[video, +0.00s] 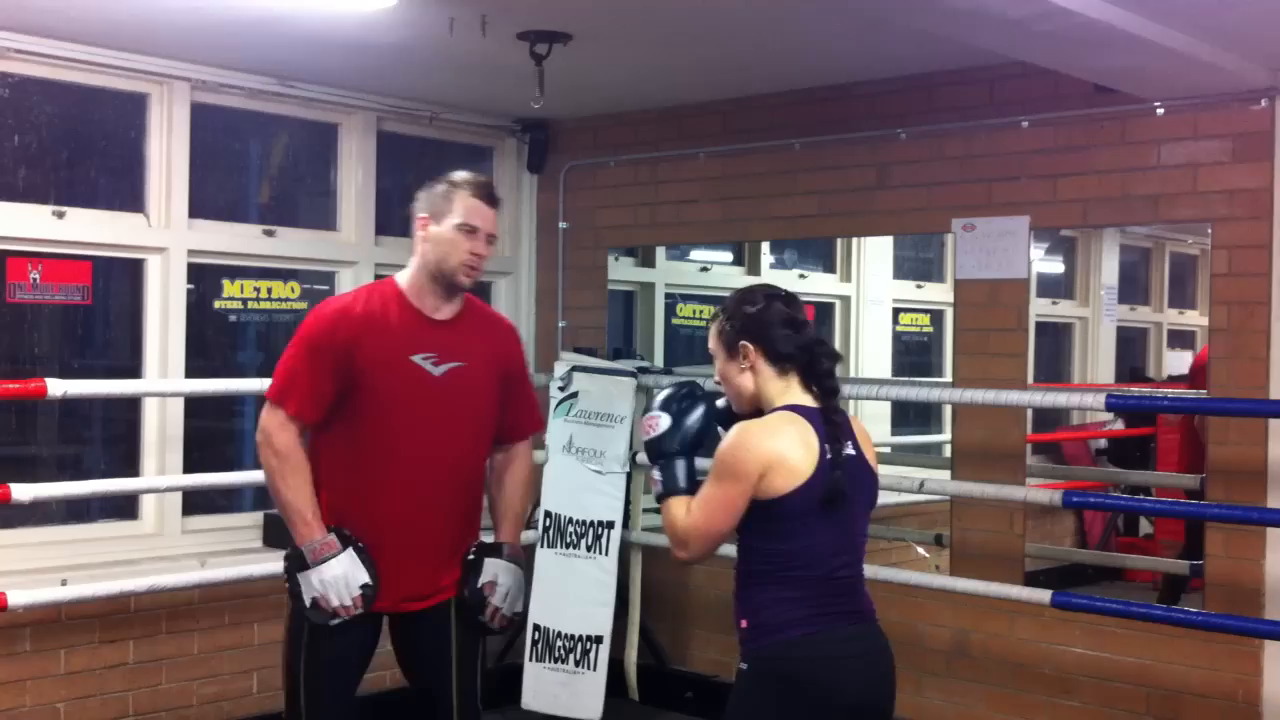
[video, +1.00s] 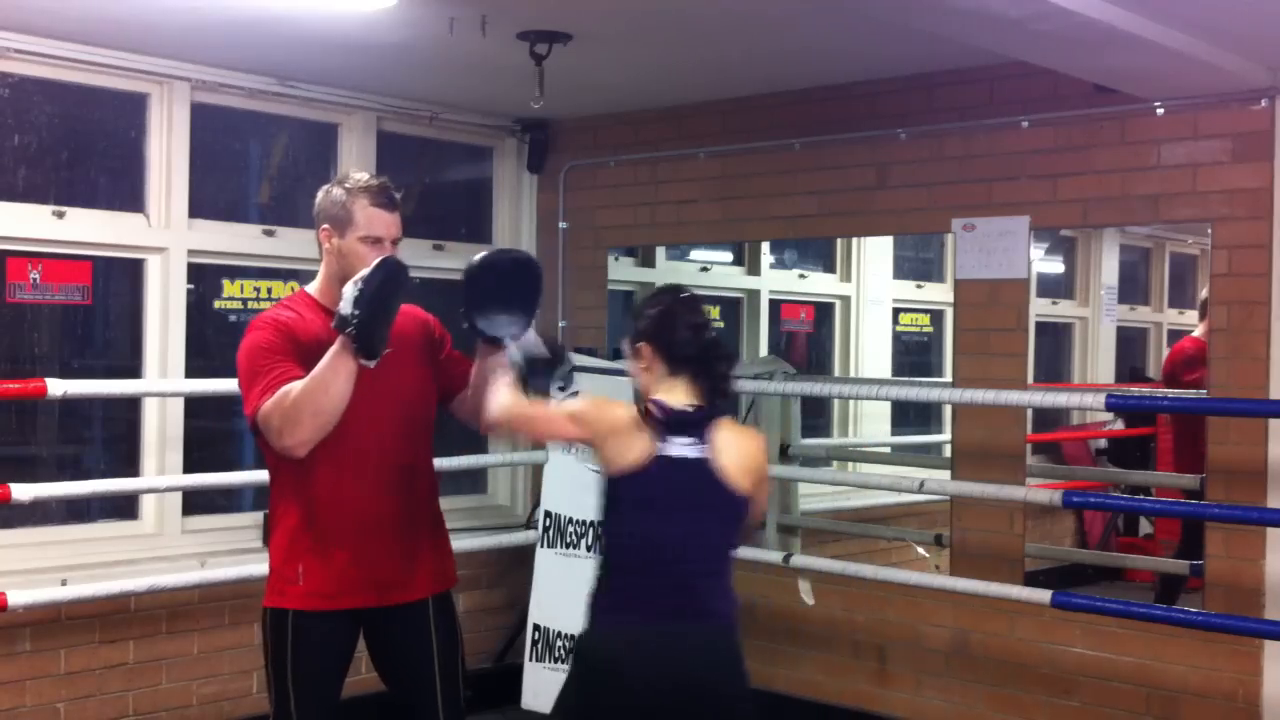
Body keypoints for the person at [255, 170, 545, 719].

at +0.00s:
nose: (482, 249)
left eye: (490, 238)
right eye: (469, 231)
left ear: (493, 246)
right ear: (422, 228)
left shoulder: (497, 338)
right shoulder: (343, 321)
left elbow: (513, 447)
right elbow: (277, 427)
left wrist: (508, 553)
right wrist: (317, 547)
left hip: (443, 586)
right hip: (341, 580)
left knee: (454, 710)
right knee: (317, 712)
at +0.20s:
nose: (422, 245)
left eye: (428, 234)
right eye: (408, 228)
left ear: (430, 242)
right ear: (360, 229)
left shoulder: (445, 336)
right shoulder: (295, 330)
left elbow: (481, 435)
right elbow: (251, 445)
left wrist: (494, 498)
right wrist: (331, 493)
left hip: (420, 586)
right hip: (317, 587)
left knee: (444, 708)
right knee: (305, 712)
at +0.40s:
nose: (391, 251)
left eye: (396, 237)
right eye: (377, 234)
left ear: (403, 239)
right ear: (329, 233)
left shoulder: (416, 327)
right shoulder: (273, 326)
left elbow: (468, 427)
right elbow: (270, 439)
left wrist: (489, 360)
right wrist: (348, 358)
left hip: (408, 570)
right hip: (309, 575)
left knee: (439, 708)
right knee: (299, 712)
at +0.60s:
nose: (392, 256)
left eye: (399, 242)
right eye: (377, 240)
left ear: (408, 245)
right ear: (332, 239)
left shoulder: (419, 329)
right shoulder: (279, 327)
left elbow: (489, 413)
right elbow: (308, 420)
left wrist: (495, 333)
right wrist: (375, 324)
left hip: (414, 575)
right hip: (315, 580)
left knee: (443, 709)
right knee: (304, 712)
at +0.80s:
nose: (398, 255)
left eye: (406, 242)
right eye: (384, 239)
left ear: (415, 244)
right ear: (338, 237)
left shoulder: (431, 328)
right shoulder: (285, 326)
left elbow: (498, 407)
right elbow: (311, 418)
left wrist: (518, 346)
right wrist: (378, 323)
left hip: (418, 577)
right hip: (318, 581)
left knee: (444, 709)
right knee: (306, 712)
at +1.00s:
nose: (388, 257)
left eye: (395, 243)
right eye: (373, 241)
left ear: (402, 244)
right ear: (327, 241)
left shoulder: (420, 327)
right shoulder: (275, 330)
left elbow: (482, 413)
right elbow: (292, 433)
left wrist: (495, 338)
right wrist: (353, 336)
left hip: (415, 583)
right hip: (311, 588)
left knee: (442, 710)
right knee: (301, 712)